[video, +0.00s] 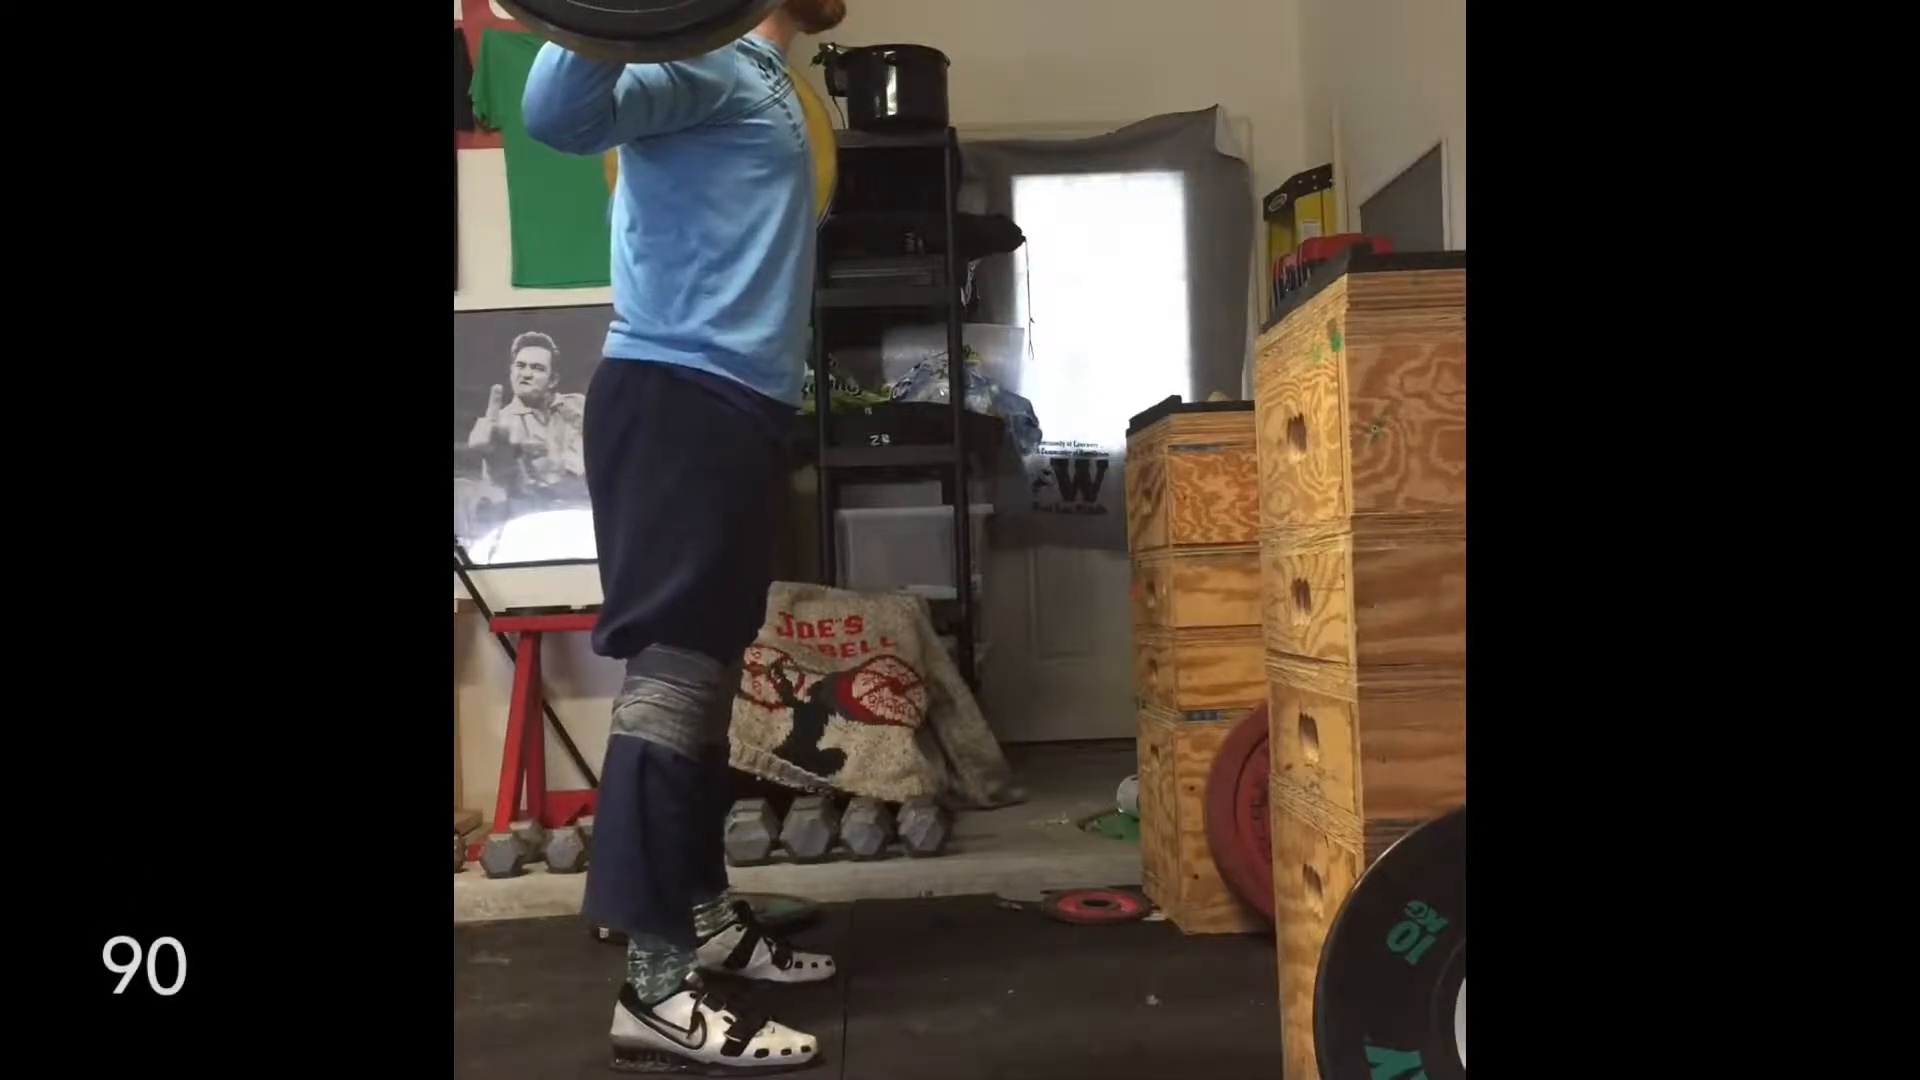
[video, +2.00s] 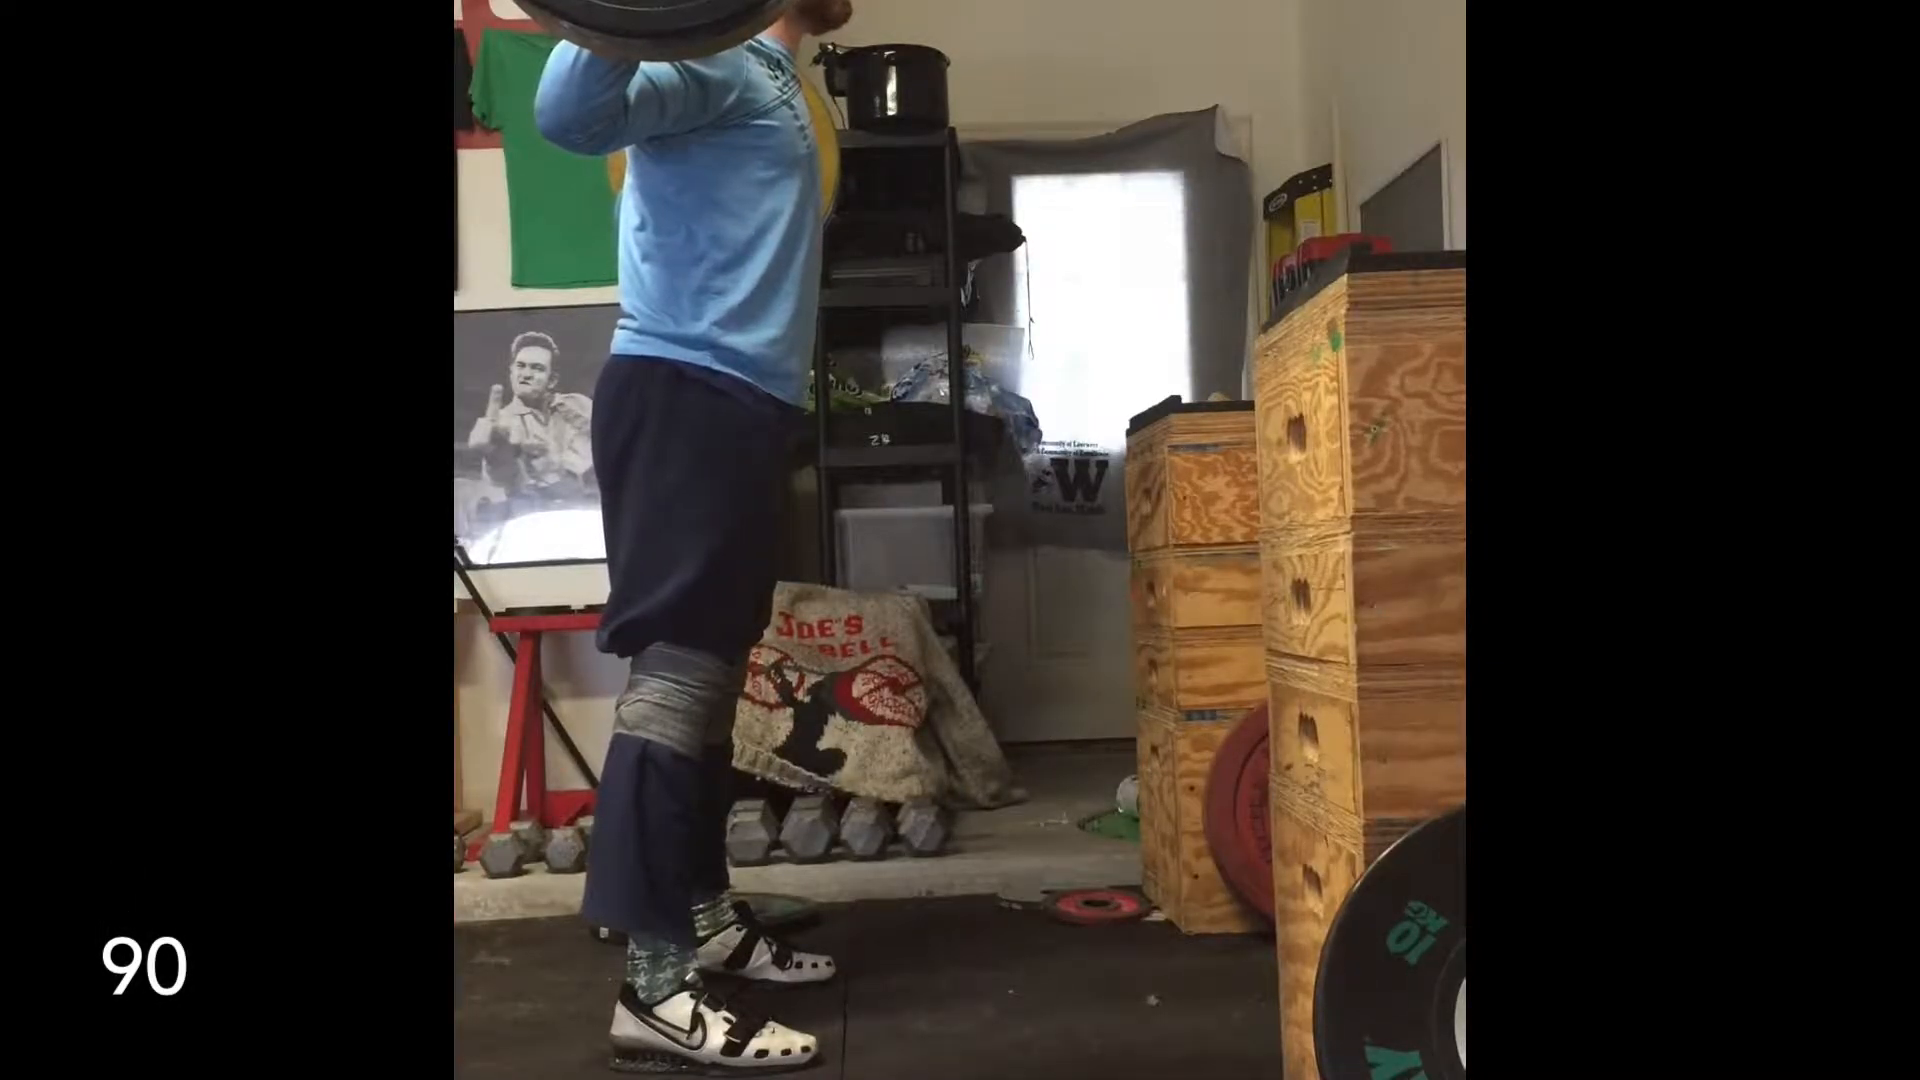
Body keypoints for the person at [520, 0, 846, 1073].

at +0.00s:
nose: (840, 7)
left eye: (839, 1)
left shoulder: (769, 79)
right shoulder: (703, 65)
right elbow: (555, 115)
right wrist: (611, 4)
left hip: (735, 406)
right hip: (680, 400)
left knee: (705, 673)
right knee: (676, 678)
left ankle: (701, 919)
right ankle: (656, 981)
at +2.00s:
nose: (848, 5)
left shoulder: (780, 80)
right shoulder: (716, 66)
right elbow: (566, 115)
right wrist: (620, 0)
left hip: (741, 407)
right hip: (686, 400)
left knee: (708, 674)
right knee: (677, 681)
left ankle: (701, 916)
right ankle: (657, 981)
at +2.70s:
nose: (861, 111)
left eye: (861, 91)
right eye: (845, 87)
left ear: (832, 111)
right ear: (787, 90)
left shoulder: (805, 208)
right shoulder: (727, 198)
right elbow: (580, 254)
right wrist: (651, 113)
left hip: (718, 499)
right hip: (663, 498)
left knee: (832, 691)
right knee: (836, 705)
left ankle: (732, 915)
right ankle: (669, 983)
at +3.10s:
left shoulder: (791, 66)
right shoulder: (727, 55)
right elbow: (609, 131)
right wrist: (640, 21)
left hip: (762, 393)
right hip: (701, 387)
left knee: (755, 658)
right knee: (746, 659)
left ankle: (705, 920)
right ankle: (659, 980)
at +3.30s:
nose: (878, 115)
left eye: (879, 94)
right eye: (866, 90)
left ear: (814, 89)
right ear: (805, 80)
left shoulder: (805, 196)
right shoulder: (733, 163)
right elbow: (678, 29)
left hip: (686, 488)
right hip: (631, 488)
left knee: (805, 684)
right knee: (799, 704)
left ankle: (713, 922)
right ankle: (664, 988)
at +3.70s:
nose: (877, 277)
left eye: (879, 257)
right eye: (867, 253)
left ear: (821, 247)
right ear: (804, 237)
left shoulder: (811, 348)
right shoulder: (734, 309)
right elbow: (727, 173)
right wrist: (717, 40)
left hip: (697, 613)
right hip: (614, 611)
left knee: (842, 703)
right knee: (827, 730)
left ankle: (739, 915)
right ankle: (665, 987)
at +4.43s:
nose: (905, 437)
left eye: (905, 417)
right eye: (892, 414)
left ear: (839, 409)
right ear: (832, 404)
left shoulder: (838, 513)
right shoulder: (756, 475)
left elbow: (772, 655)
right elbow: (756, 343)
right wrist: (737, 174)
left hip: (697, 760)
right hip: (615, 777)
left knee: (863, 712)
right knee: (851, 756)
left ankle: (749, 935)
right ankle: (674, 989)